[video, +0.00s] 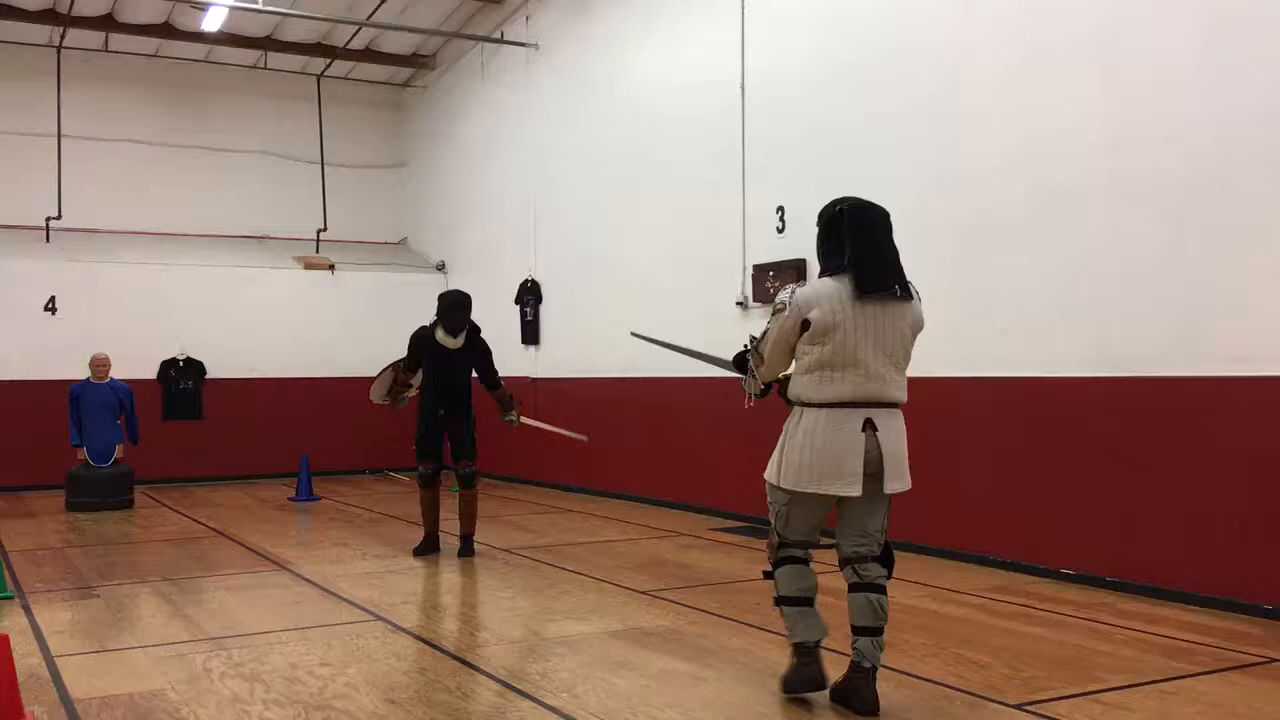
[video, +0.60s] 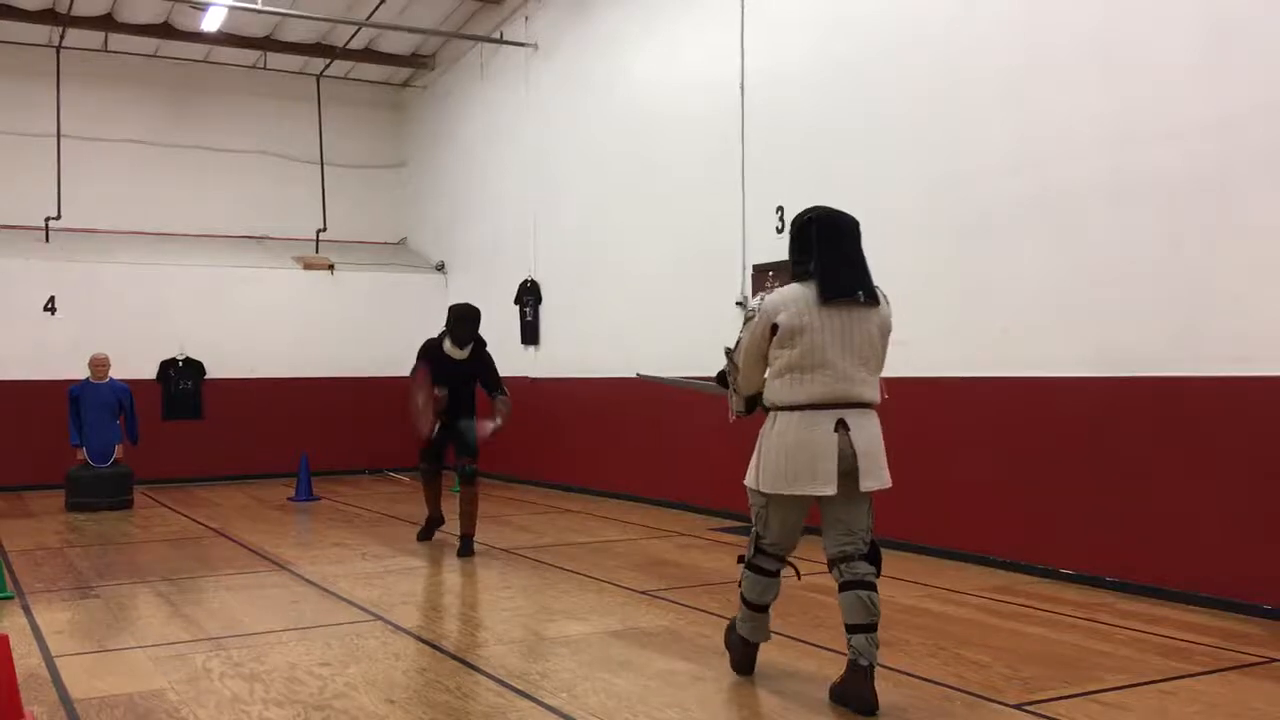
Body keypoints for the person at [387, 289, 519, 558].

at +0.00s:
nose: (457, 328)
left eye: (461, 323)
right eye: (452, 323)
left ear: (467, 319)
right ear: (441, 317)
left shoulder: (475, 344)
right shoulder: (423, 338)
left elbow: (491, 380)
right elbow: (408, 370)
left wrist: (509, 407)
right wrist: (395, 394)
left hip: (461, 414)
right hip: (429, 413)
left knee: (467, 474)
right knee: (427, 474)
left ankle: (467, 539)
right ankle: (430, 537)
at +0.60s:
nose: (464, 342)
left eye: (469, 337)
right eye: (460, 337)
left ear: (475, 332)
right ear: (450, 329)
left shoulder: (479, 355)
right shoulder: (431, 349)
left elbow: (499, 394)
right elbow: (419, 384)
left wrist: (496, 421)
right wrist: (423, 417)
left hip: (465, 418)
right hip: (435, 418)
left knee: (467, 473)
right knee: (428, 468)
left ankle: (467, 536)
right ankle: (434, 516)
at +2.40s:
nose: (381, 322)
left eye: (386, 316)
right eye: (376, 316)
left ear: (392, 318)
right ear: (364, 317)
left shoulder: (397, 352)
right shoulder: (347, 348)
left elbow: (410, 392)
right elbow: (329, 385)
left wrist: (426, 423)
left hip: (384, 422)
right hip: (351, 422)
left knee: (412, 473)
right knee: (332, 482)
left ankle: (419, 534)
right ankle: (341, 542)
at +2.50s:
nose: (375, 322)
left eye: (380, 316)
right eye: (370, 315)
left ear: (386, 318)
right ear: (357, 316)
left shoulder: (391, 352)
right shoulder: (337, 347)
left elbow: (402, 395)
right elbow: (323, 388)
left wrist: (413, 432)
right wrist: (345, 391)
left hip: (378, 423)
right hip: (343, 424)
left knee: (397, 470)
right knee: (331, 484)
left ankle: (390, 538)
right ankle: (341, 541)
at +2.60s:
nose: (373, 322)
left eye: (377, 316)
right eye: (367, 316)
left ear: (383, 319)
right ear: (353, 317)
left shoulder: (387, 353)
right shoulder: (333, 348)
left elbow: (394, 399)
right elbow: (315, 390)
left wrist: (402, 436)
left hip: (377, 426)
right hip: (340, 423)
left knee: (384, 479)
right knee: (330, 485)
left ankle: (378, 544)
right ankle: (340, 542)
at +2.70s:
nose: (369, 323)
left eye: (374, 317)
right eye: (363, 317)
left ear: (381, 321)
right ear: (351, 319)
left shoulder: (386, 356)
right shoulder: (331, 352)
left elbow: (390, 402)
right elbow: (309, 397)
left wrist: (396, 438)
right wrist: (298, 439)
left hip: (371, 428)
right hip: (336, 427)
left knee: (376, 482)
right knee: (327, 490)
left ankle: (379, 546)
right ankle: (341, 542)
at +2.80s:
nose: (370, 325)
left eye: (375, 319)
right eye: (365, 318)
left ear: (382, 323)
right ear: (352, 321)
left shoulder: (388, 359)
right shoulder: (330, 354)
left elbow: (392, 404)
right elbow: (304, 399)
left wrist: (398, 440)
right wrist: (290, 443)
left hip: (372, 430)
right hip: (335, 429)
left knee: (375, 488)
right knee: (327, 490)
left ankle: (379, 553)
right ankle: (341, 542)